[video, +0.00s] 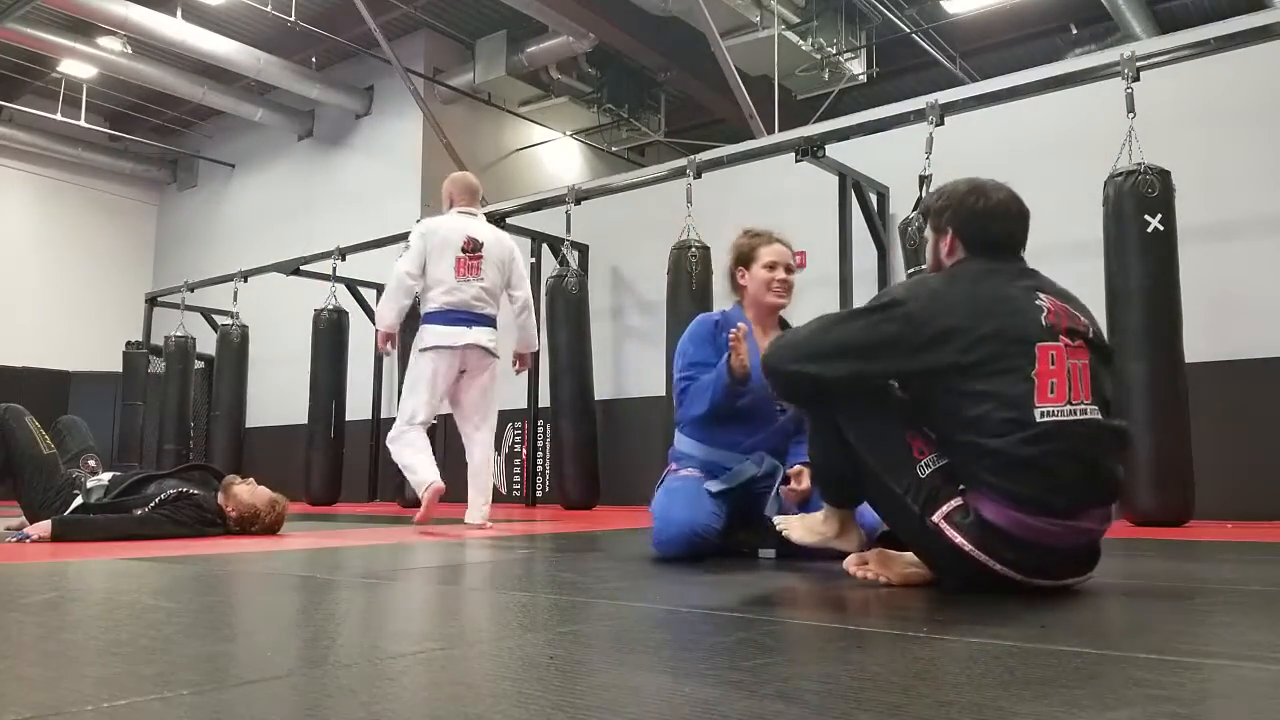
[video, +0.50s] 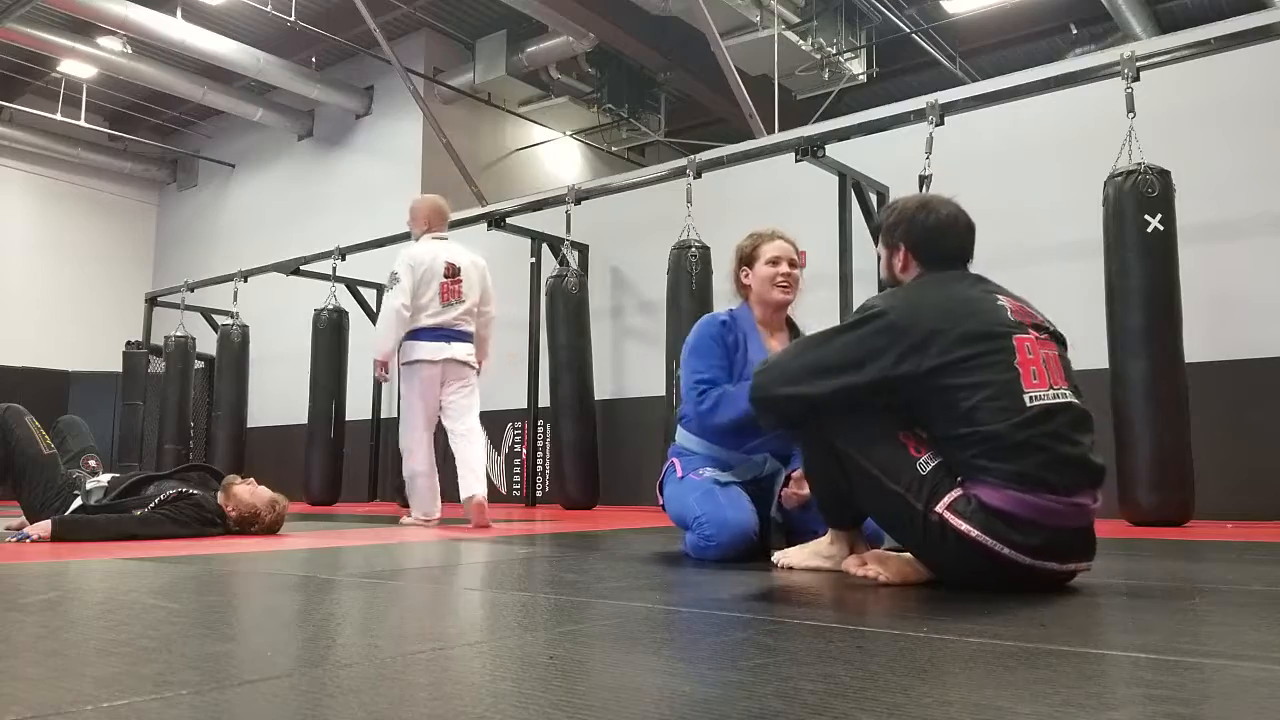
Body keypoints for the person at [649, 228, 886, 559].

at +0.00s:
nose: (782, 277)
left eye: (788, 270)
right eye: (770, 268)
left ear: (795, 280)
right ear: (742, 276)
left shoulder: (799, 345)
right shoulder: (708, 329)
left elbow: (803, 421)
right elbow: (688, 405)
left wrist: (800, 461)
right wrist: (731, 374)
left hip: (777, 476)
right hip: (702, 472)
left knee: (867, 525)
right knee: (680, 537)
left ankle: (764, 532)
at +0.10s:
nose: (791, 279)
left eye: (798, 272)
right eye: (779, 269)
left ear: (805, 284)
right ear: (751, 279)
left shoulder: (805, 350)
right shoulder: (717, 329)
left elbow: (808, 425)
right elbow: (703, 400)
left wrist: (801, 463)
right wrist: (752, 368)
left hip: (775, 474)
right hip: (704, 468)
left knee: (869, 529)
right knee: (703, 534)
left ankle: (766, 529)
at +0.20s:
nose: (794, 278)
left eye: (802, 272)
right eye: (782, 269)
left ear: (808, 283)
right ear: (755, 279)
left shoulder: (807, 349)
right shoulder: (722, 328)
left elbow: (811, 421)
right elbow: (728, 392)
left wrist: (802, 462)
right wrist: (786, 362)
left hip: (779, 470)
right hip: (708, 466)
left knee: (867, 530)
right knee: (729, 531)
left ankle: (782, 524)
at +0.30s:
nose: (793, 276)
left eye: (800, 270)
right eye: (781, 266)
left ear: (808, 282)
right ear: (754, 277)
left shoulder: (808, 348)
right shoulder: (722, 326)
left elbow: (812, 420)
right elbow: (741, 395)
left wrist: (802, 463)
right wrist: (803, 371)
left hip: (778, 471)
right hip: (708, 467)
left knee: (866, 534)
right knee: (744, 533)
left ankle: (783, 526)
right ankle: (697, 538)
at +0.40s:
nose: (791, 272)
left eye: (798, 266)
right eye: (779, 264)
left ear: (806, 279)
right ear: (752, 276)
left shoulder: (807, 346)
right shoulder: (720, 327)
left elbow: (812, 414)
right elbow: (720, 402)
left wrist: (802, 466)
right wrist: (794, 381)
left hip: (778, 472)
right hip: (707, 467)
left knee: (866, 535)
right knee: (739, 535)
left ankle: (780, 525)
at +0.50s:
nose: (786, 271)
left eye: (793, 265)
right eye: (774, 263)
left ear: (801, 278)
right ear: (746, 276)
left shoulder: (806, 348)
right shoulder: (714, 330)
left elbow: (814, 418)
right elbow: (703, 409)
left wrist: (802, 469)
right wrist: (783, 389)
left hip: (778, 473)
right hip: (704, 468)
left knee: (866, 534)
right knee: (734, 534)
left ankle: (781, 527)